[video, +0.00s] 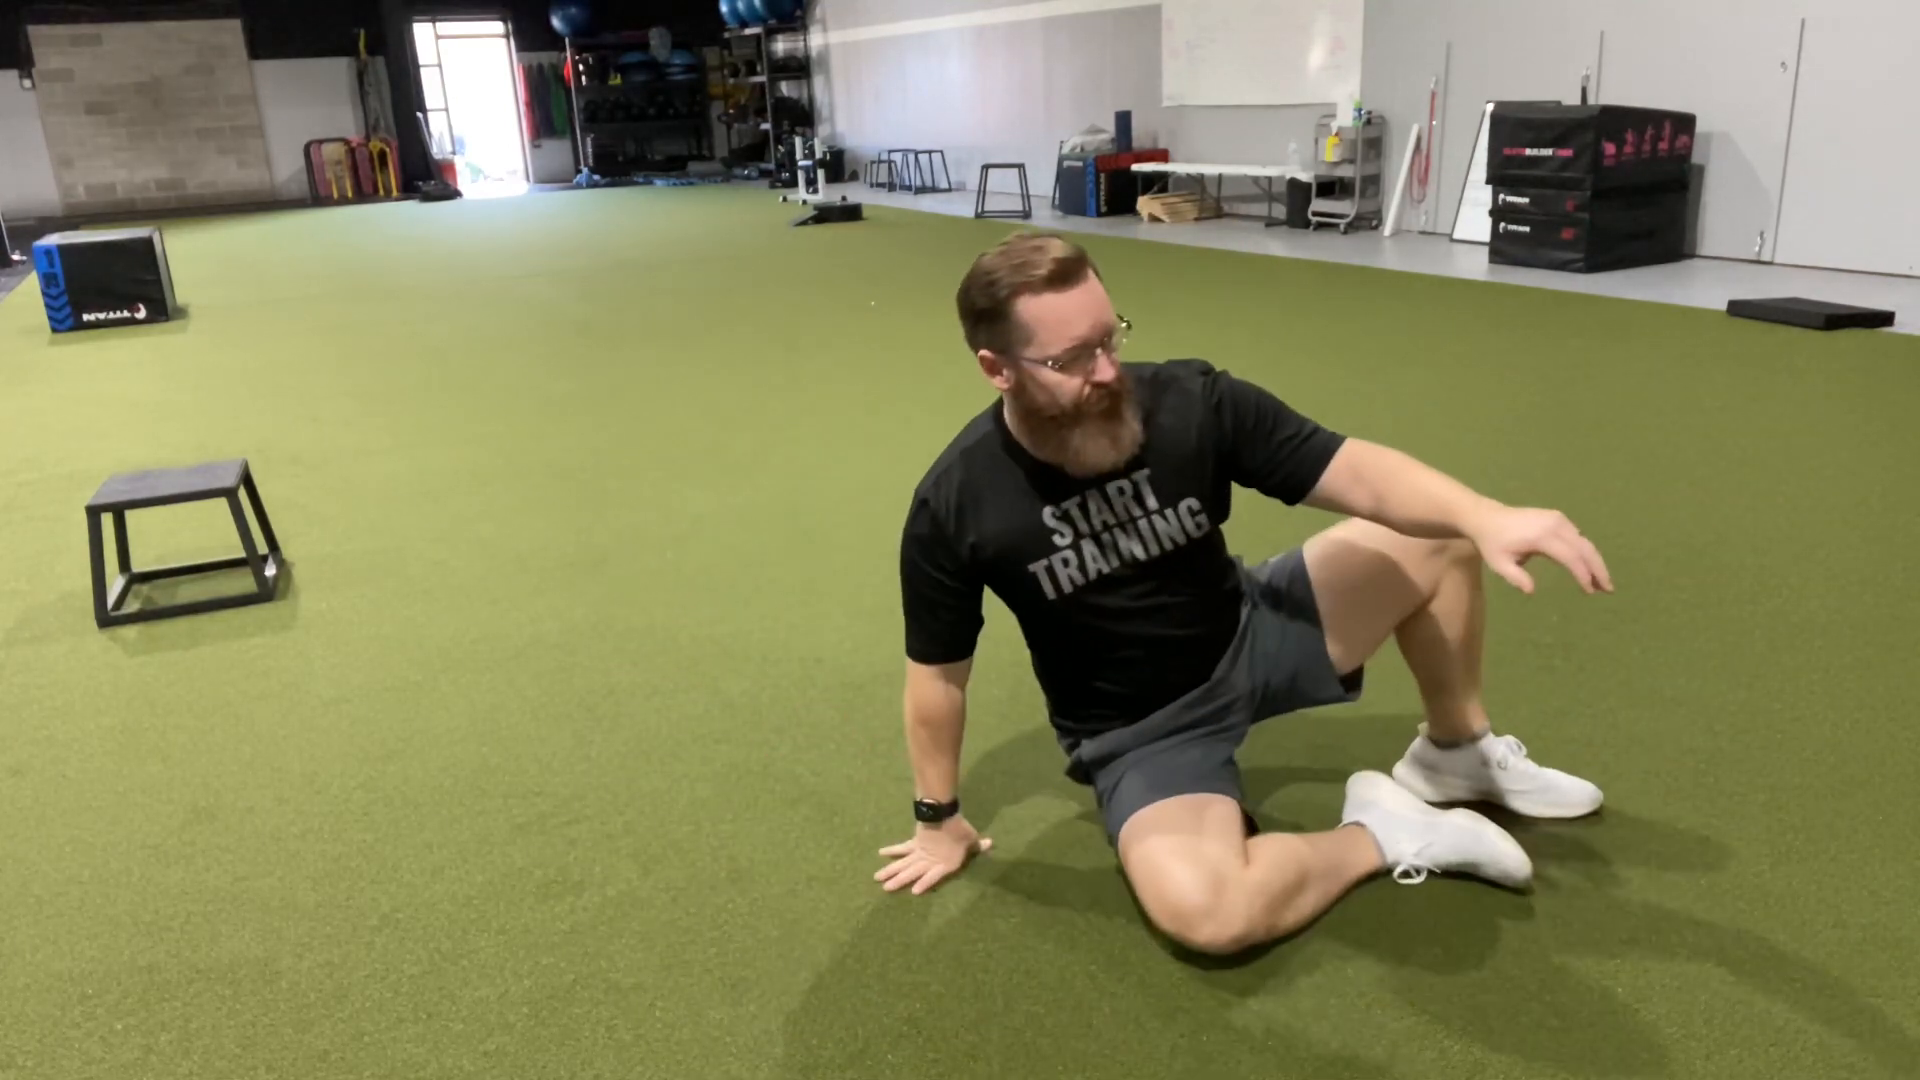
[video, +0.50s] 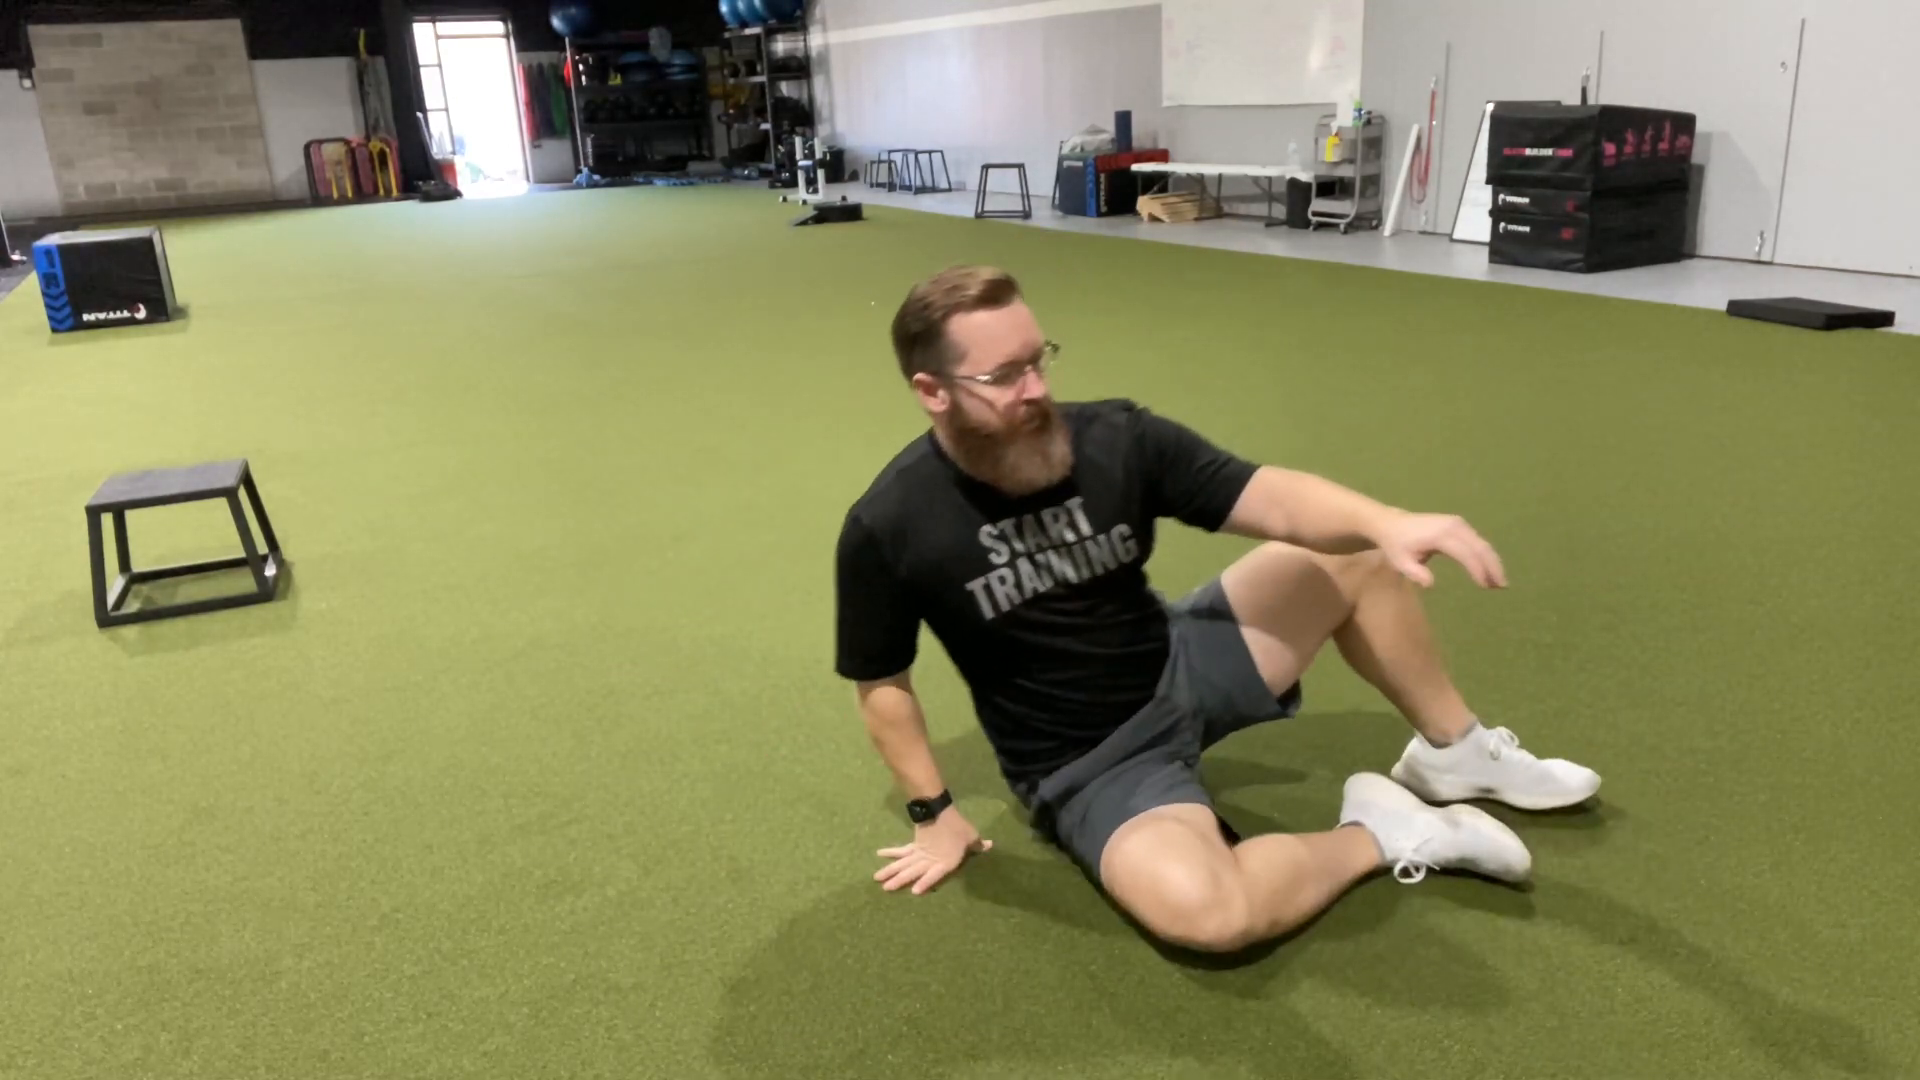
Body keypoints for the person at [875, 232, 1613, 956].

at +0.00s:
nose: (1106, 373)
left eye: (1110, 340)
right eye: (1074, 361)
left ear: (1116, 314)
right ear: (999, 373)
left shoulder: (1192, 403)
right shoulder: (958, 505)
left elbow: (1353, 473)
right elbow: (937, 672)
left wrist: (1487, 517)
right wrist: (940, 818)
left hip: (1248, 631)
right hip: (1141, 730)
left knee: (1437, 542)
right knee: (1203, 910)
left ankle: (1458, 751)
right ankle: (1383, 832)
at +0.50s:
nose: (1035, 388)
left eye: (1038, 359)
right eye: (1003, 375)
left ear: (1046, 347)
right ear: (932, 396)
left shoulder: (1114, 440)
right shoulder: (889, 533)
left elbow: (1264, 496)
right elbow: (880, 682)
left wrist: (1388, 525)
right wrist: (937, 816)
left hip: (1179, 659)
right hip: (1090, 761)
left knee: (1344, 554)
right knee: (1200, 911)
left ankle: (1459, 749)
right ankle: (1385, 829)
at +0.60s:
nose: (999, 401)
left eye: (1000, 375)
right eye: (969, 389)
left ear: (1008, 368)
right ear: (898, 411)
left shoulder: (1077, 454)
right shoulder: (860, 546)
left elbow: (1211, 510)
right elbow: (855, 693)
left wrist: (1339, 534)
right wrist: (932, 812)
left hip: (1155, 664)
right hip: (1071, 765)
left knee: (1313, 565)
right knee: (1202, 896)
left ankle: (1461, 748)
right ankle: (1386, 830)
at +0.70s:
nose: (956, 415)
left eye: (956, 390)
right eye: (927, 406)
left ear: (965, 381)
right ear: (859, 429)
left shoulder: (1031, 464)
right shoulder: (828, 566)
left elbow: (1167, 527)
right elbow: (829, 709)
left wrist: (1270, 545)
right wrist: (925, 810)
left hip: (1138, 662)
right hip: (1057, 762)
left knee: (1299, 561)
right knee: (1199, 875)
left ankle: (1455, 745)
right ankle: (1389, 828)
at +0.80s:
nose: (909, 430)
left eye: (906, 407)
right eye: (880, 423)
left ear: (912, 401)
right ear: (817, 454)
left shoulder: (981, 475)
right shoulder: (799, 587)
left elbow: (1105, 529)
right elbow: (806, 734)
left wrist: (1211, 544)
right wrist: (920, 809)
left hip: (1113, 656)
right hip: (1041, 759)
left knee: (1280, 553)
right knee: (1192, 837)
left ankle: (1440, 737)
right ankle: (1394, 828)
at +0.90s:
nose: (863, 447)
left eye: (858, 426)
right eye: (835, 441)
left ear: (867, 421)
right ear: (777, 478)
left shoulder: (939, 489)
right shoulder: (774, 609)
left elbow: (1057, 529)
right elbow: (798, 757)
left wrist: (1143, 526)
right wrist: (914, 812)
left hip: (1085, 650)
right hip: (1018, 751)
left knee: (1251, 536)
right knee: (1180, 777)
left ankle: (1413, 720)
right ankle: (1384, 815)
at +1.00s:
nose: (830, 463)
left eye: (824, 443)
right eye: (802, 458)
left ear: (833, 440)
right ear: (748, 499)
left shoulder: (910, 503)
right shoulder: (758, 620)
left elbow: (1032, 526)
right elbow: (788, 771)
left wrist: (1096, 501)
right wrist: (913, 812)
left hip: (1071, 643)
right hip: (1005, 742)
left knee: (1218, 514)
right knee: (1149, 717)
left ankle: (1388, 697)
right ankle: (1352, 791)